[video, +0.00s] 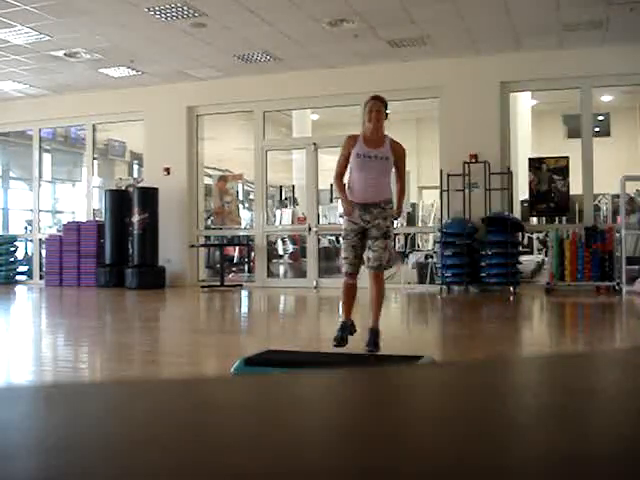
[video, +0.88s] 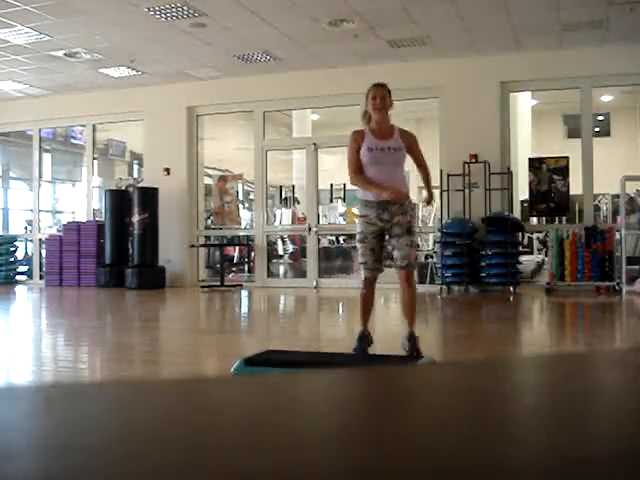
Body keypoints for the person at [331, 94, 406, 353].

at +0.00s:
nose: (375, 115)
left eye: (379, 111)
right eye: (371, 111)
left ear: (386, 115)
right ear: (364, 115)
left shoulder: (395, 148)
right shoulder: (352, 142)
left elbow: (400, 181)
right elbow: (338, 178)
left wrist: (398, 208)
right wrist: (345, 202)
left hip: (381, 211)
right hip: (354, 209)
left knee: (376, 272)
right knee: (350, 271)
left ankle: (374, 327)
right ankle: (346, 321)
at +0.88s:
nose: (378, 102)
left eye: (383, 98)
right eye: (374, 98)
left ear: (391, 103)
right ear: (367, 104)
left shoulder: (405, 137)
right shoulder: (359, 137)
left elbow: (422, 166)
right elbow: (354, 176)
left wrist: (428, 190)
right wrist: (384, 190)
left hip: (400, 208)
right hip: (370, 209)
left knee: (406, 273)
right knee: (369, 275)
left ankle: (410, 335)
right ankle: (364, 333)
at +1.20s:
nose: (386, 105)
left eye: (391, 100)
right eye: (381, 101)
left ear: (401, 103)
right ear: (375, 106)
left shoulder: (414, 135)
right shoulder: (374, 139)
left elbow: (416, 169)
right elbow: (356, 166)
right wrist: (327, 184)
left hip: (410, 213)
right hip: (379, 213)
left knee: (418, 282)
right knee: (360, 270)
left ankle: (424, 343)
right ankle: (372, 317)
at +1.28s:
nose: (379, 93)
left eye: (383, 88)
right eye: (375, 90)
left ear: (394, 91)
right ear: (370, 95)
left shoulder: (408, 119)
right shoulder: (371, 128)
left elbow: (388, 141)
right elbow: (349, 150)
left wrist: (359, 142)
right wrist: (318, 146)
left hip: (411, 201)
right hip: (380, 200)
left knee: (420, 273)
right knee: (358, 247)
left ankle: (428, 340)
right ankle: (366, 315)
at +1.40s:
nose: (375, 101)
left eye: (379, 96)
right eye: (370, 98)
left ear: (390, 100)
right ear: (365, 104)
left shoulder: (403, 129)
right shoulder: (367, 138)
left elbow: (369, 132)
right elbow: (339, 149)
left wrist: (332, 125)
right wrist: (329, 129)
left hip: (409, 210)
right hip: (377, 211)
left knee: (424, 281)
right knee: (355, 261)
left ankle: (438, 347)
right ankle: (345, 333)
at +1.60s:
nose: (358, 90)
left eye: (363, 85)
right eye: (354, 87)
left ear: (373, 90)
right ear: (348, 93)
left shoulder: (387, 118)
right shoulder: (342, 128)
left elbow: (367, 120)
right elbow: (305, 149)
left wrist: (328, 121)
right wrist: (286, 118)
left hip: (395, 201)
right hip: (362, 206)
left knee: (413, 273)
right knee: (345, 265)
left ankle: (431, 336)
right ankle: (346, 335)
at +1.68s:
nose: (356, 84)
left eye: (361, 79)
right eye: (351, 81)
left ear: (370, 84)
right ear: (345, 88)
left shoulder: (384, 112)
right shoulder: (338, 124)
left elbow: (375, 118)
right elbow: (304, 147)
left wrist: (335, 121)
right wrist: (285, 117)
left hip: (393, 194)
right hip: (359, 199)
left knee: (409, 262)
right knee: (345, 263)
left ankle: (426, 321)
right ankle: (345, 335)